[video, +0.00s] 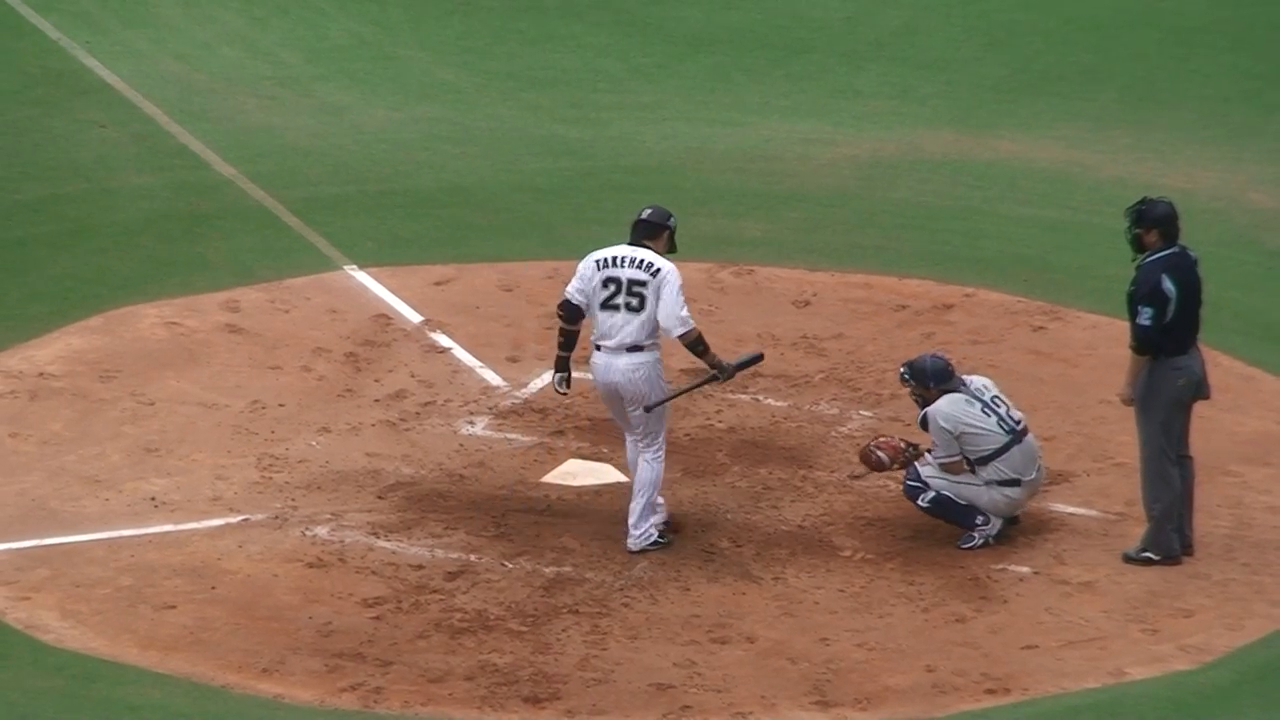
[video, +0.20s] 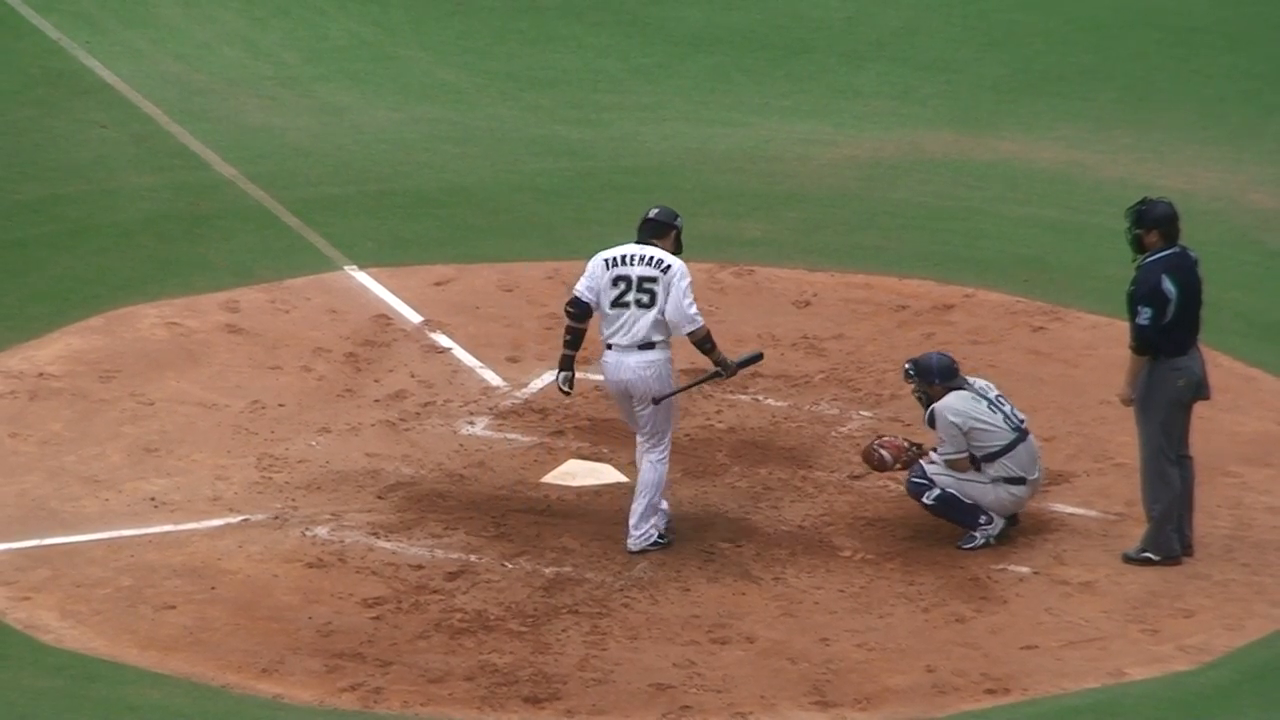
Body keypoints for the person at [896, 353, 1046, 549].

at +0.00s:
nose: (913, 393)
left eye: (916, 388)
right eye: (911, 388)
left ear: (931, 390)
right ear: (950, 376)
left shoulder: (937, 412)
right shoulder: (979, 381)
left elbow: (954, 468)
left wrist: (922, 458)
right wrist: (926, 452)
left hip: (1007, 497)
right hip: (1035, 478)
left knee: (915, 480)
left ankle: (985, 524)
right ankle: (1007, 511)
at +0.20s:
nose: (917, 390)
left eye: (920, 384)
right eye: (916, 384)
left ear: (936, 386)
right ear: (953, 376)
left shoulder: (944, 409)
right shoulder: (978, 383)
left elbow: (961, 465)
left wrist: (927, 457)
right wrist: (925, 452)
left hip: (1009, 494)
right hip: (1031, 479)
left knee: (919, 478)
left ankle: (987, 524)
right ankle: (1004, 511)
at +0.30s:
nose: (921, 389)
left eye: (924, 384)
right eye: (920, 383)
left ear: (940, 385)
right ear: (955, 378)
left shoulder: (951, 406)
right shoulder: (976, 385)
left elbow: (965, 463)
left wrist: (929, 454)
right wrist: (924, 448)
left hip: (1011, 493)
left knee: (924, 476)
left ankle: (990, 524)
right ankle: (1003, 512)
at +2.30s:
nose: (931, 374)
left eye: (936, 369)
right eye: (932, 368)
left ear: (952, 375)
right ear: (964, 373)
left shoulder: (965, 403)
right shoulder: (985, 388)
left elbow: (950, 462)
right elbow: (957, 434)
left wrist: (914, 452)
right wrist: (916, 435)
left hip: (1004, 493)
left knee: (915, 479)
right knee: (929, 455)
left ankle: (984, 520)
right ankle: (1002, 508)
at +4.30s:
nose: (940, 368)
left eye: (945, 364)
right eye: (941, 362)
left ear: (960, 372)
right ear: (975, 370)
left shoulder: (970, 402)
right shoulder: (993, 387)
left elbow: (949, 461)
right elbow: (966, 437)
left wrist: (911, 454)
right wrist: (925, 433)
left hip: (1004, 492)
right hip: (1018, 483)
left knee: (914, 478)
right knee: (926, 453)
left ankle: (985, 520)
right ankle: (1003, 507)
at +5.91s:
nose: (940, 366)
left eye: (946, 362)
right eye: (942, 361)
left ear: (960, 371)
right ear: (975, 369)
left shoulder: (970, 402)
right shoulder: (992, 387)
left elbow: (946, 461)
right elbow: (962, 432)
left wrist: (909, 459)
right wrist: (922, 431)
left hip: (1002, 492)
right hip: (1016, 482)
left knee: (913, 480)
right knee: (927, 453)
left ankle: (983, 519)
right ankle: (1002, 506)